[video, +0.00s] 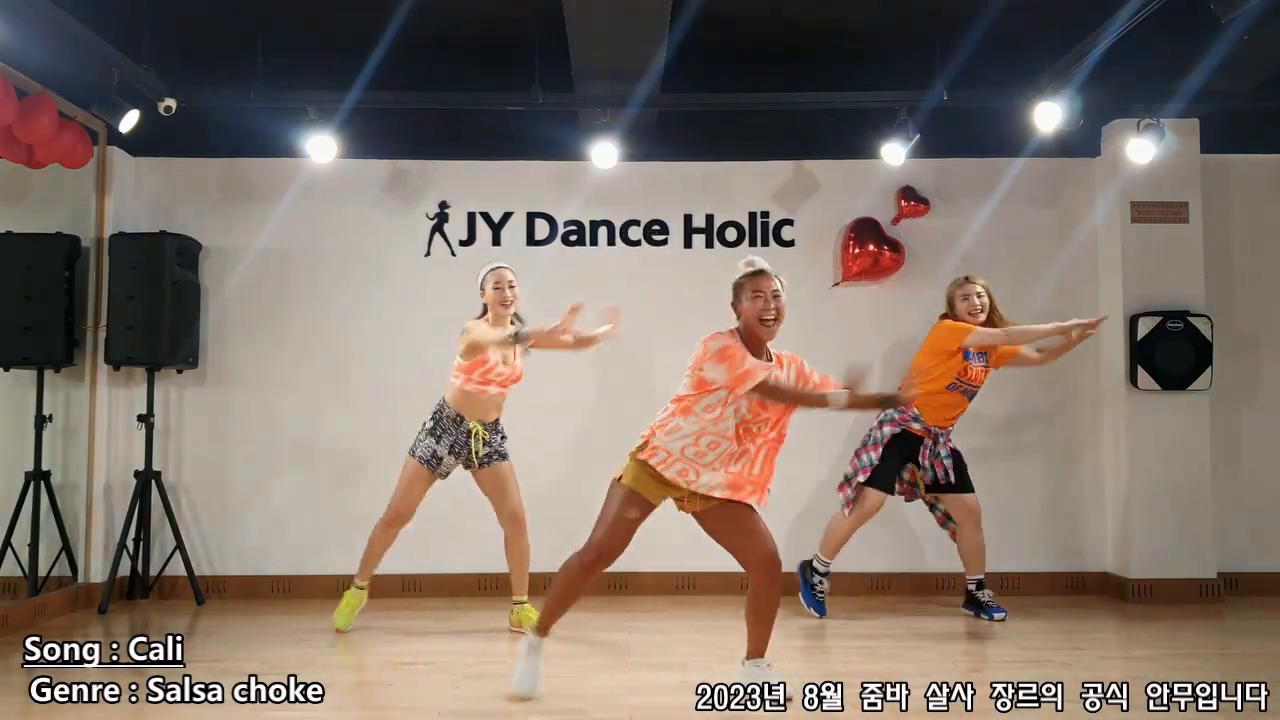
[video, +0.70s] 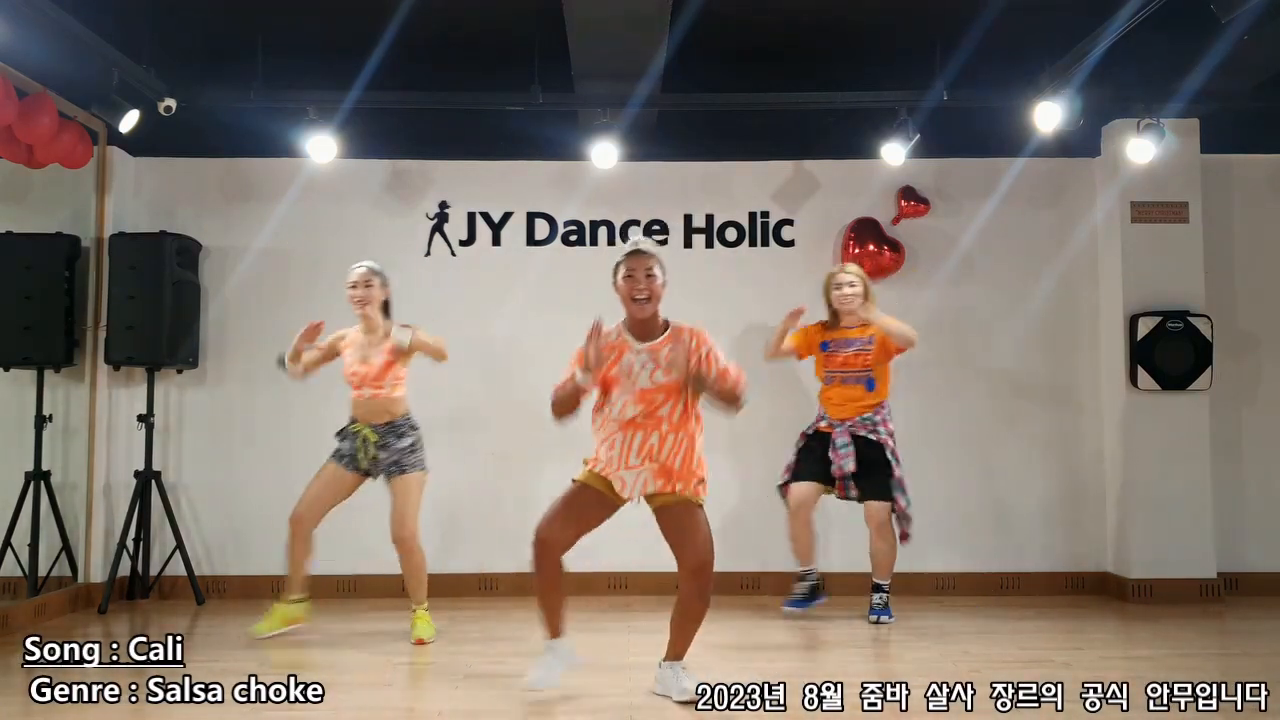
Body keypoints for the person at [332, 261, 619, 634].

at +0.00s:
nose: (506, 292)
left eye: (512, 286)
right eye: (498, 287)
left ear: (518, 294)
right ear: (484, 295)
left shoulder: (524, 334)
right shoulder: (473, 330)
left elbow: (569, 341)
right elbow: (499, 338)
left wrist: (602, 333)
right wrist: (552, 328)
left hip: (488, 434)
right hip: (446, 426)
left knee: (515, 516)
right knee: (396, 514)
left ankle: (520, 605)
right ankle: (358, 588)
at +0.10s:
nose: (495, 294)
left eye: (500, 287)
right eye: (487, 289)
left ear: (509, 294)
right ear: (475, 297)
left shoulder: (519, 339)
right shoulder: (464, 336)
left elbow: (559, 372)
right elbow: (443, 384)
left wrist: (559, 355)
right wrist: (481, 371)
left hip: (487, 435)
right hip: (446, 429)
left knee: (519, 520)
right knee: (395, 520)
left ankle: (521, 607)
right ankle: (370, 593)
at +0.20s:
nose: (470, 299)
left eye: (477, 292)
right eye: (463, 293)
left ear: (489, 300)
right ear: (453, 301)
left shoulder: (502, 348)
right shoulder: (439, 346)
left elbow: (528, 393)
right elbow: (407, 398)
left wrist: (523, 413)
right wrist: (416, 413)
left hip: (483, 442)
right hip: (436, 442)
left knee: (517, 525)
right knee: (392, 529)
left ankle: (521, 608)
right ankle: (382, 610)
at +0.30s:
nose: (443, 294)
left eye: (450, 288)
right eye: (437, 287)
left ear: (463, 296)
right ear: (427, 294)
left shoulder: (478, 343)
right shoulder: (412, 341)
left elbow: (511, 393)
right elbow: (378, 387)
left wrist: (491, 407)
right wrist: (390, 403)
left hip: (464, 437)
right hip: (419, 436)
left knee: (500, 521)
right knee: (383, 525)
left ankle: (519, 607)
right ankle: (380, 610)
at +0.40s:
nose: (419, 286)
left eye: (427, 280)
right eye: (413, 280)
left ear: (439, 287)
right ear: (404, 287)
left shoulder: (455, 329)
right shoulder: (390, 330)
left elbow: (491, 370)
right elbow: (351, 358)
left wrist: (457, 347)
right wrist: (342, 363)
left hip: (444, 428)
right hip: (400, 428)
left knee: (468, 518)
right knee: (377, 521)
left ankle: (489, 601)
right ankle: (380, 608)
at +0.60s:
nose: (382, 289)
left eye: (389, 282)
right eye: (376, 283)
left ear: (405, 290)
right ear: (367, 292)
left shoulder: (420, 328)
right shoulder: (362, 330)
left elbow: (441, 334)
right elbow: (308, 342)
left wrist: (394, 320)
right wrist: (297, 338)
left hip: (417, 432)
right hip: (373, 432)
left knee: (412, 527)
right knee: (330, 517)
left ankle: (421, 611)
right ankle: (353, 596)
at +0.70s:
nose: (360, 292)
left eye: (368, 285)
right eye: (353, 287)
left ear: (385, 291)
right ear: (347, 295)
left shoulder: (402, 336)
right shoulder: (343, 339)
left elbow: (441, 352)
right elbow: (298, 371)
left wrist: (414, 342)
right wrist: (297, 349)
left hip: (400, 437)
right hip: (358, 438)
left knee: (404, 534)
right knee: (301, 519)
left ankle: (420, 612)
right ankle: (294, 601)